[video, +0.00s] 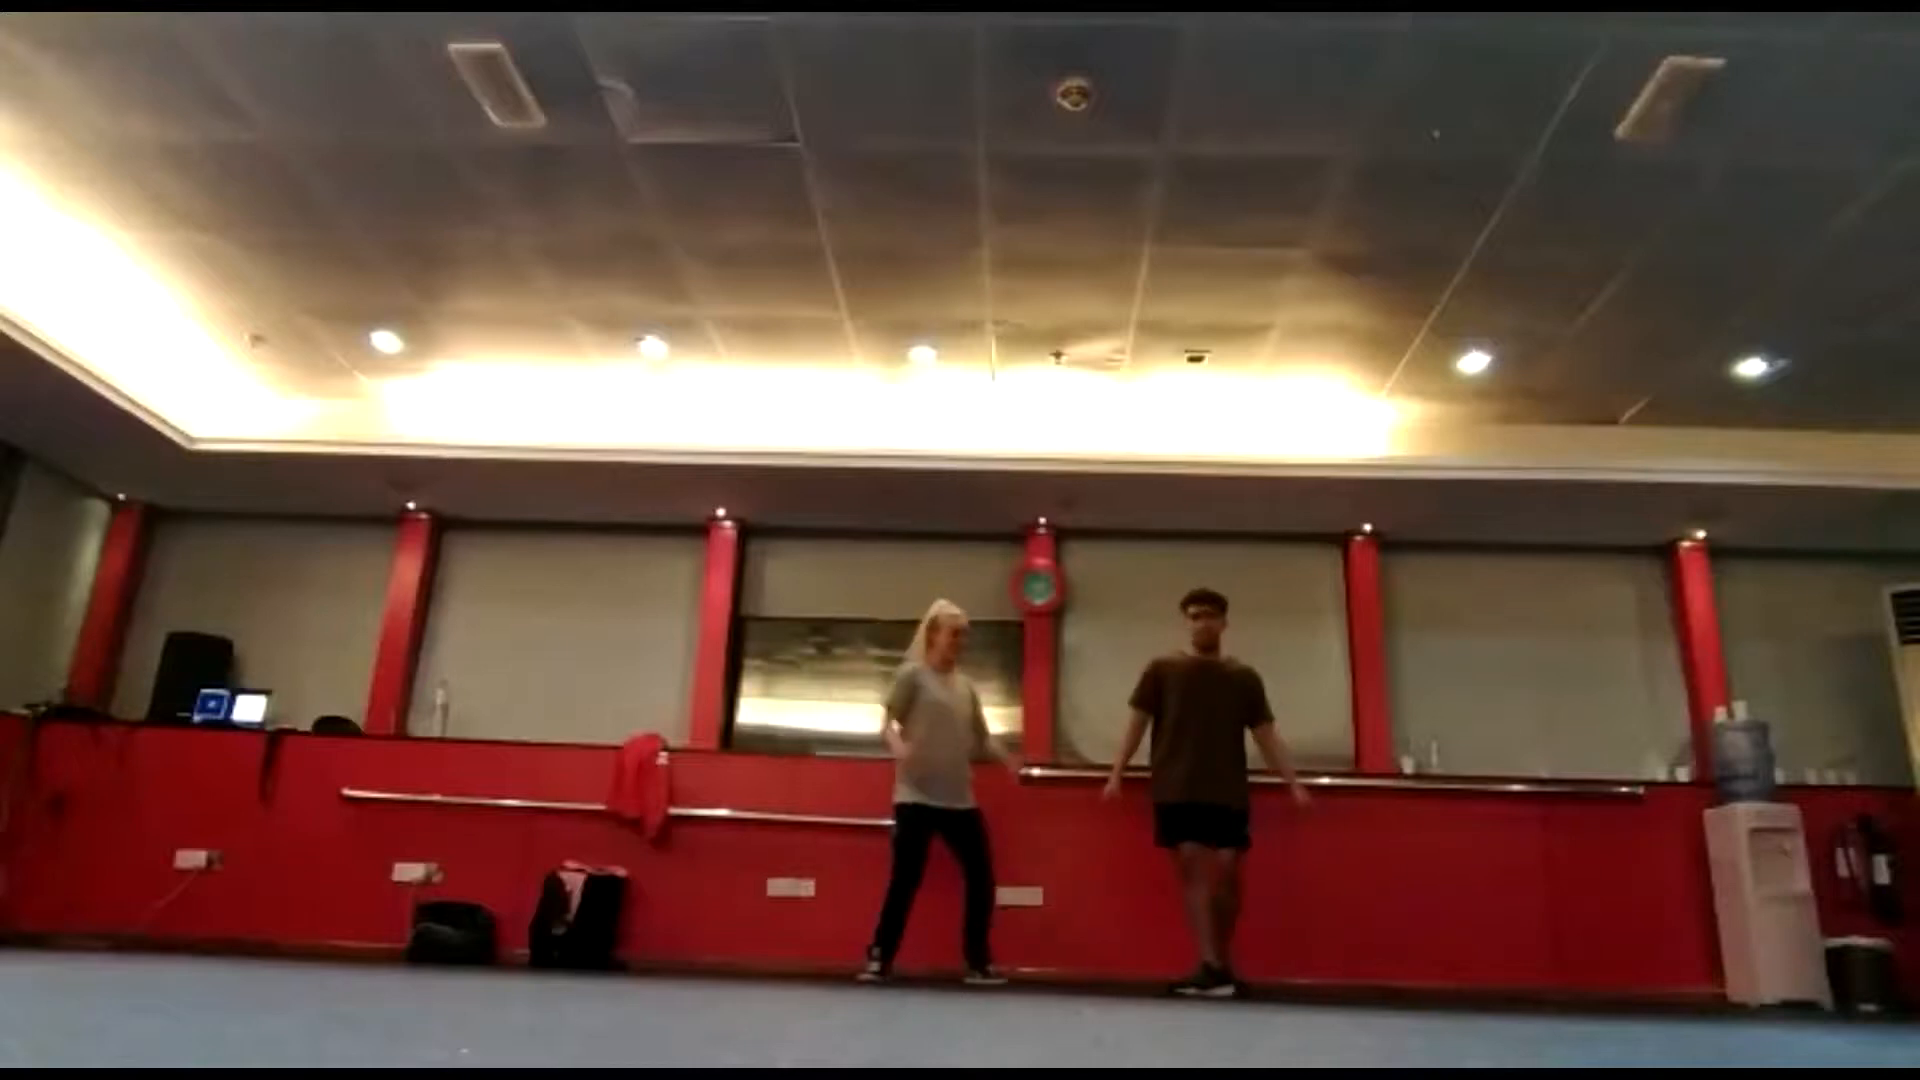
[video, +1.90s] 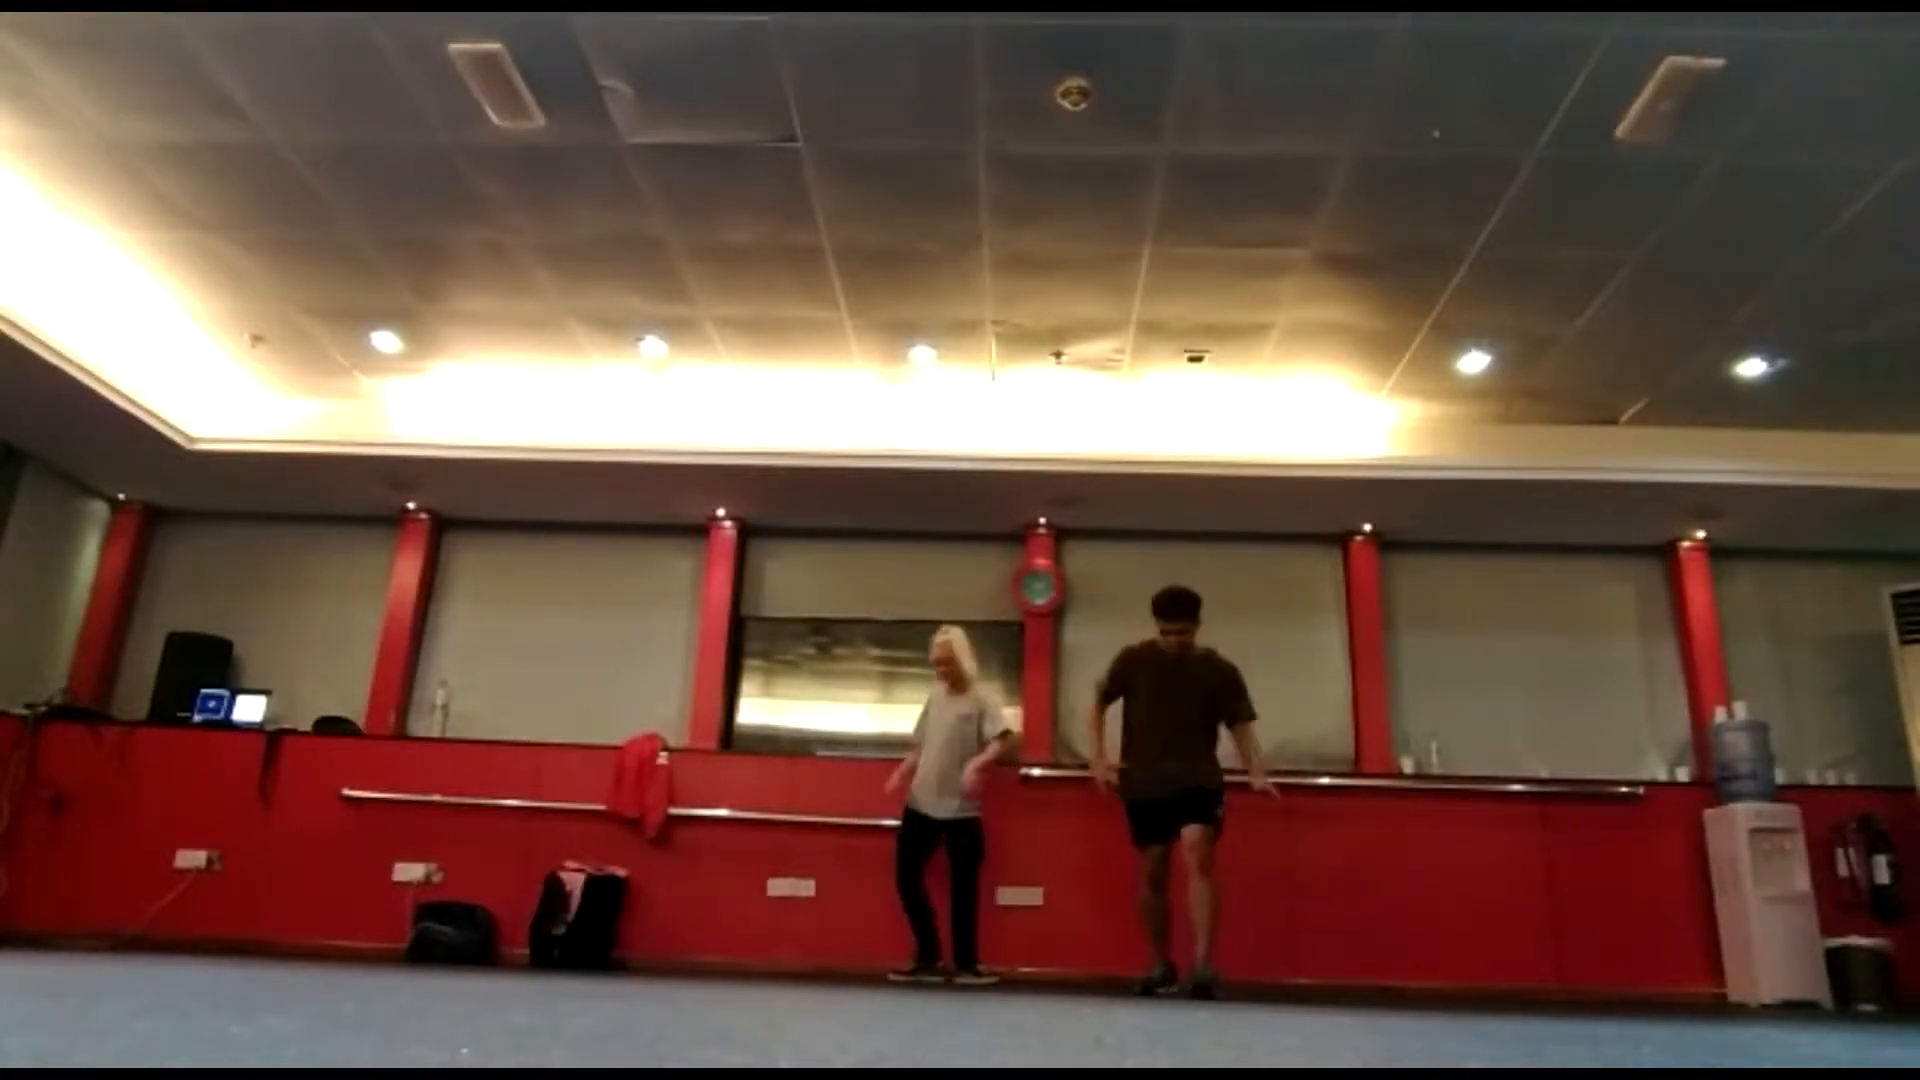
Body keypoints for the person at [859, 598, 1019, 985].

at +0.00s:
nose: (958, 640)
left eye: (962, 633)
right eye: (952, 632)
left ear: (965, 638)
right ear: (932, 634)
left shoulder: (965, 687)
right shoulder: (912, 677)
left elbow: (980, 741)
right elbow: (889, 721)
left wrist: (1007, 757)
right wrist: (899, 747)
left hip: (958, 801)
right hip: (916, 798)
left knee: (981, 878)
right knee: (905, 880)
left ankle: (978, 962)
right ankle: (880, 957)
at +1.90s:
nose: (940, 670)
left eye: (946, 662)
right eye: (936, 664)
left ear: (963, 660)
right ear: (932, 664)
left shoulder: (982, 698)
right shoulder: (935, 699)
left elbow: (1003, 740)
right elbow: (921, 745)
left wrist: (975, 765)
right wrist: (901, 773)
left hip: (961, 811)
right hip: (922, 807)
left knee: (964, 890)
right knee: (908, 878)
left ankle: (965, 962)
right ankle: (928, 956)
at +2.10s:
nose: (926, 672)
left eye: (932, 664)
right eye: (922, 666)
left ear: (950, 663)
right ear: (920, 667)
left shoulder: (970, 703)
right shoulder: (928, 710)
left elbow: (973, 751)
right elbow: (921, 764)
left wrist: (929, 752)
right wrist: (902, 804)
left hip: (959, 814)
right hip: (921, 811)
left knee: (963, 891)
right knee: (903, 878)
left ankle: (965, 963)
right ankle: (927, 958)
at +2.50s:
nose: (914, 670)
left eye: (920, 661)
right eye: (908, 663)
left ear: (935, 661)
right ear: (902, 666)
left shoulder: (949, 699)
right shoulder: (918, 708)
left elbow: (963, 724)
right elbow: (920, 762)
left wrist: (950, 750)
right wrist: (900, 796)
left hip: (956, 811)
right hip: (920, 811)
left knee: (959, 890)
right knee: (901, 876)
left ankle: (964, 962)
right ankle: (926, 957)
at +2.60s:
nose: (907, 674)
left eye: (914, 666)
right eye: (902, 668)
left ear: (929, 667)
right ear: (896, 672)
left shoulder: (945, 704)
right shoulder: (909, 716)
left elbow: (975, 734)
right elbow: (915, 770)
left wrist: (1002, 755)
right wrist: (895, 806)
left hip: (955, 815)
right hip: (917, 815)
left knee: (961, 893)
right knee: (898, 880)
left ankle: (965, 963)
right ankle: (927, 958)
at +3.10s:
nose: (912, 669)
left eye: (918, 662)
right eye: (904, 662)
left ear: (928, 666)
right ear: (891, 667)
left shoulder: (944, 702)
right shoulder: (884, 716)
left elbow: (973, 716)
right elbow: (862, 766)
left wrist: (996, 732)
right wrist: (849, 809)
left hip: (952, 810)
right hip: (909, 812)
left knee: (986, 873)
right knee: (911, 888)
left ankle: (975, 956)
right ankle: (919, 961)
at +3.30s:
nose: (920, 677)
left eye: (927, 671)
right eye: (913, 670)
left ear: (936, 676)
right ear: (899, 674)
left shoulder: (944, 711)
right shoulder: (890, 722)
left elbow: (948, 760)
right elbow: (874, 773)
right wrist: (859, 820)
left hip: (951, 818)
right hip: (909, 820)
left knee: (992, 874)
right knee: (908, 887)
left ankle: (975, 957)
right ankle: (920, 960)